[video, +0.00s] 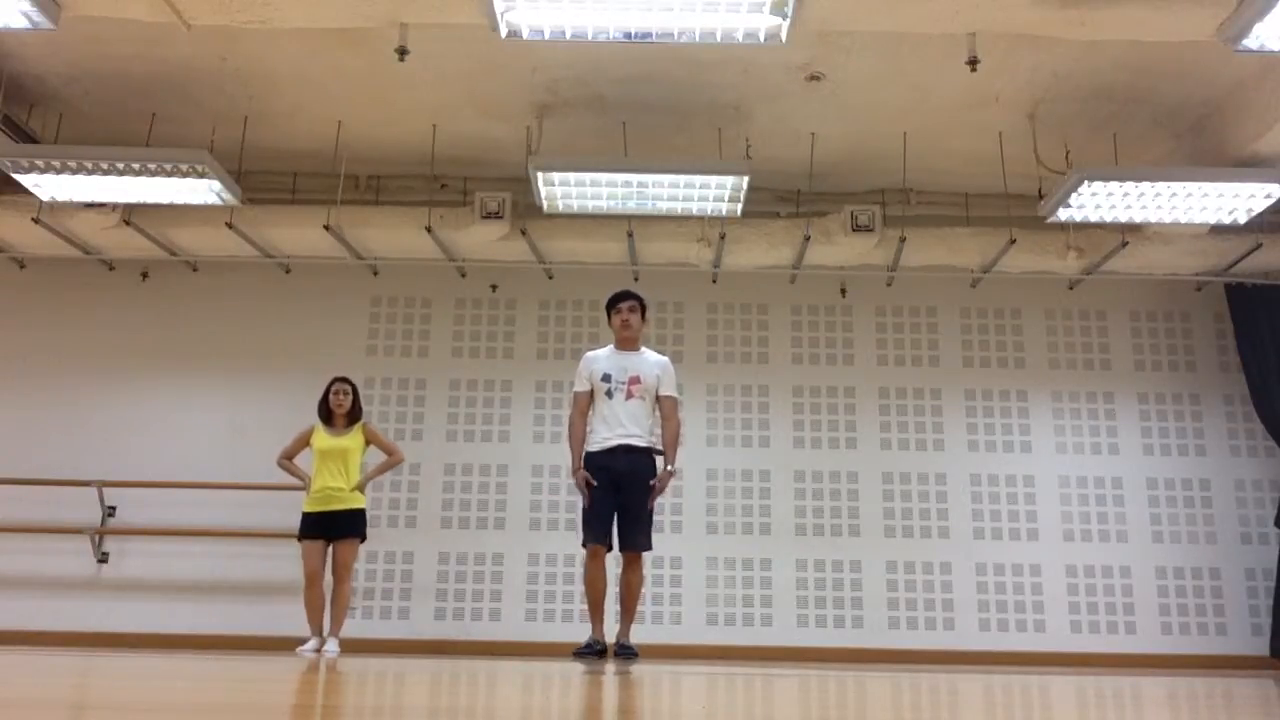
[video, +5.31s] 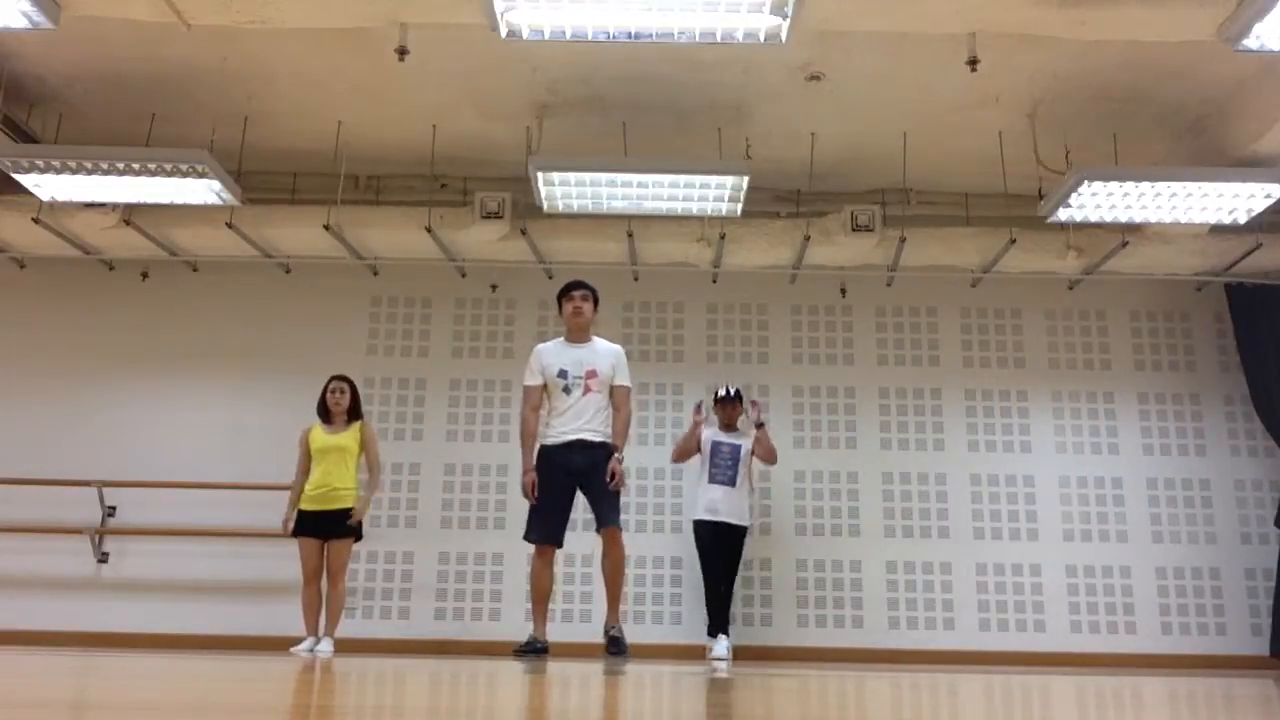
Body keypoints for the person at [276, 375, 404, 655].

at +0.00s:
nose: (340, 398)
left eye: (346, 394)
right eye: (335, 393)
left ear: (353, 400)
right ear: (327, 398)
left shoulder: (363, 430)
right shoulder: (315, 431)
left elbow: (398, 456)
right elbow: (283, 459)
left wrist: (366, 478)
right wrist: (305, 478)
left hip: (349, 507)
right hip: (316, 506)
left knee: (342, 575)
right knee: (312, 575)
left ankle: (333, 637)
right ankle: (316, 636)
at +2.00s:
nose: (337, 396)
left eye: (343, 392)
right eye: (332, 391)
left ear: (351, 397)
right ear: (324, 396)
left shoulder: (360, 426)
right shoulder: (311, 427)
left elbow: (393, 453)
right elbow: (277, 454)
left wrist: (361, 476)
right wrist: (302, 475)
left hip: (344, 507)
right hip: (311, 506)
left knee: (337, 577)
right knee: (313, 576)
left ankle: (332, 637)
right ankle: (316, 636)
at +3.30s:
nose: (336, 396)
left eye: (342, 392)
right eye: (332, 392)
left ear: (352, 397)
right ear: (325, 397)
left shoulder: (361, 427)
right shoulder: (313, 427)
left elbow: (391, 451)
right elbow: (280, 454)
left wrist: (357, 446)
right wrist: (302, 472)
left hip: (343, 507)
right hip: (310, 506)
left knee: (335, 577)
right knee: (309, 578)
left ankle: (329, 638)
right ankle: (313, 637)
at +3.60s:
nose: (338, 396)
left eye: (343, 392)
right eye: (333, 391)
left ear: (351, 398)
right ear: (325, 396)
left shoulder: (358, 427)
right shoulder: (313, 426)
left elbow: (375, 431)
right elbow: (281, 453)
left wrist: (362, 404)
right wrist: (302, 472)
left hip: (343, 506)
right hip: (310, 505)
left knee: (334, 577)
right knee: (309, 576)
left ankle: (328, 638)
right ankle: (308, 636)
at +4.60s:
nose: (337, 397)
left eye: (342, 393)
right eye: (332, 392)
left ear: (349, 398)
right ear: (322, 396)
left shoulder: (356, 431)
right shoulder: (308, 429)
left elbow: (371, 469)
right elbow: (273, 459)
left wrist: (362, 437)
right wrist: (279, 491)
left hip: (340, 507)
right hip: (307, 506)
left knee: (330, 575)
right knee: (308, 575)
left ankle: (325, 637)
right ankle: (308, 636)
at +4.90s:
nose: (336, 396)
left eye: (342, 391)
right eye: (332, 391)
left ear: (350, 397)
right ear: (323, 396)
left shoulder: (360, 428)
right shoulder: (308, 431)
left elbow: (370, 466)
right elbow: (297, 471)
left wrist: (338, 474)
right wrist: (299, 503)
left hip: (341, 509)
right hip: (309, 509)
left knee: (334, 574)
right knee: (308, 575)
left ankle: (328, 637)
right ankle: (309, 636)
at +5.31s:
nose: (337, 396)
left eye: (342, 392)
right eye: (332, 392)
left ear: (351, 398)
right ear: (324, 397)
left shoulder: (362, 430)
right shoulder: (310, 433)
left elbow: (374, 470)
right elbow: (301, 475)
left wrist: (365, 503)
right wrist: (290, 509)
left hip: (343, 508)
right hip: (309, 508)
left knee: (335, 577)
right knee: (310, 577)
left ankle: (328, 637)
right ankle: (310, 636)